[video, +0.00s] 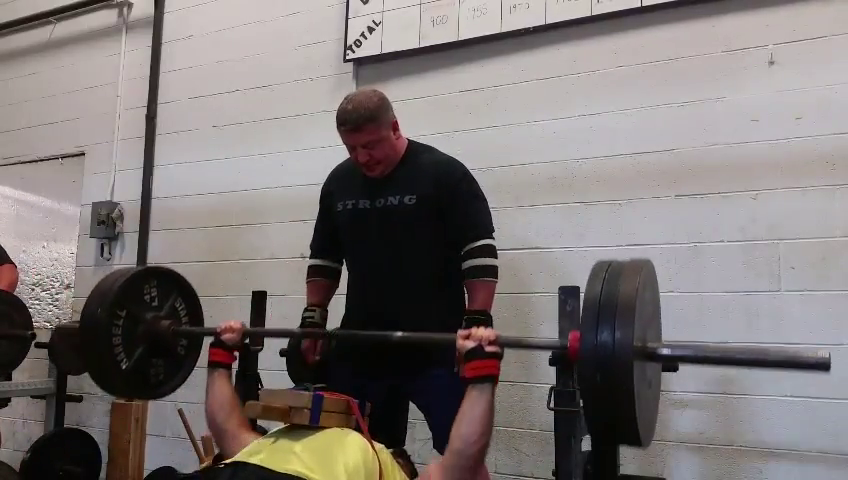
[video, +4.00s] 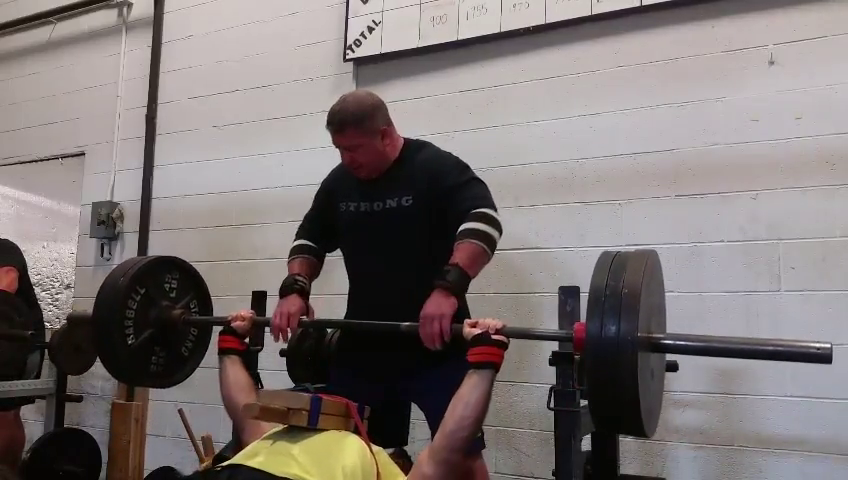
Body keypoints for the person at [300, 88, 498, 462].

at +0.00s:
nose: (362, 157)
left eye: (371, 145)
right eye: (353, 148)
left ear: (395, 129)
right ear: (343, 140)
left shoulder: (446, 175)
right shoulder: (340, 183)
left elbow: (480, 254)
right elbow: (324, 260)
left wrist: (477, 322)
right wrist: (313, 319)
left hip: (438, 343)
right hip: (364, 344)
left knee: (463, 456)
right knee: (368, 460)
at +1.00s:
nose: (361, 159)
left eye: (369, 148)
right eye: (351, 150)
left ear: (395, 131)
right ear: (342, 142)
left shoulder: (445, 177)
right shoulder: (338, 185)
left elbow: (478, 259)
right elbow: (325, 261)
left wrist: (474, 335)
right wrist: (315, 323)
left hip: (438, 339)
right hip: (365, 338)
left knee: (463, 450)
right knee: (367, 451)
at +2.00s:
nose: (361, 162)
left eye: (369, 151)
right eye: (352, 153)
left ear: (394, 133)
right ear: (342, 145)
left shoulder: (444, 177)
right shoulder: (339, 186)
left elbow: (478, 259)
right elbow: (326, 262)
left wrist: (473, 336)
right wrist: (317, 324)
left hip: (438, 339)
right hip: (367, 339)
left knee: (464, 451)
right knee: (372, 450)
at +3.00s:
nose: (360, 163)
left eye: (368, 152)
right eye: (351, 154)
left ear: (394, 134)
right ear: (341, 145)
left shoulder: (445, 178)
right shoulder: (338, 186)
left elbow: (478, 260)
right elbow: (327, 262)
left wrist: (473, 337)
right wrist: (319, 327)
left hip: (439, 341)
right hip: (366, 340)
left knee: (466, 451)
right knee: (367, 452)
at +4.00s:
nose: (347, 160)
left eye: (354, 150)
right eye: (341, 150)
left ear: (386, 135)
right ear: (335, 141)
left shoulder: (438, 169)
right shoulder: (338, 185)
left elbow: (482, 222)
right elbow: (310, 239)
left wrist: (448, 289)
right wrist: (294, 290)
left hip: (437, 340)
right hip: (365, 342)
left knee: (462, 455)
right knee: (362, 457)